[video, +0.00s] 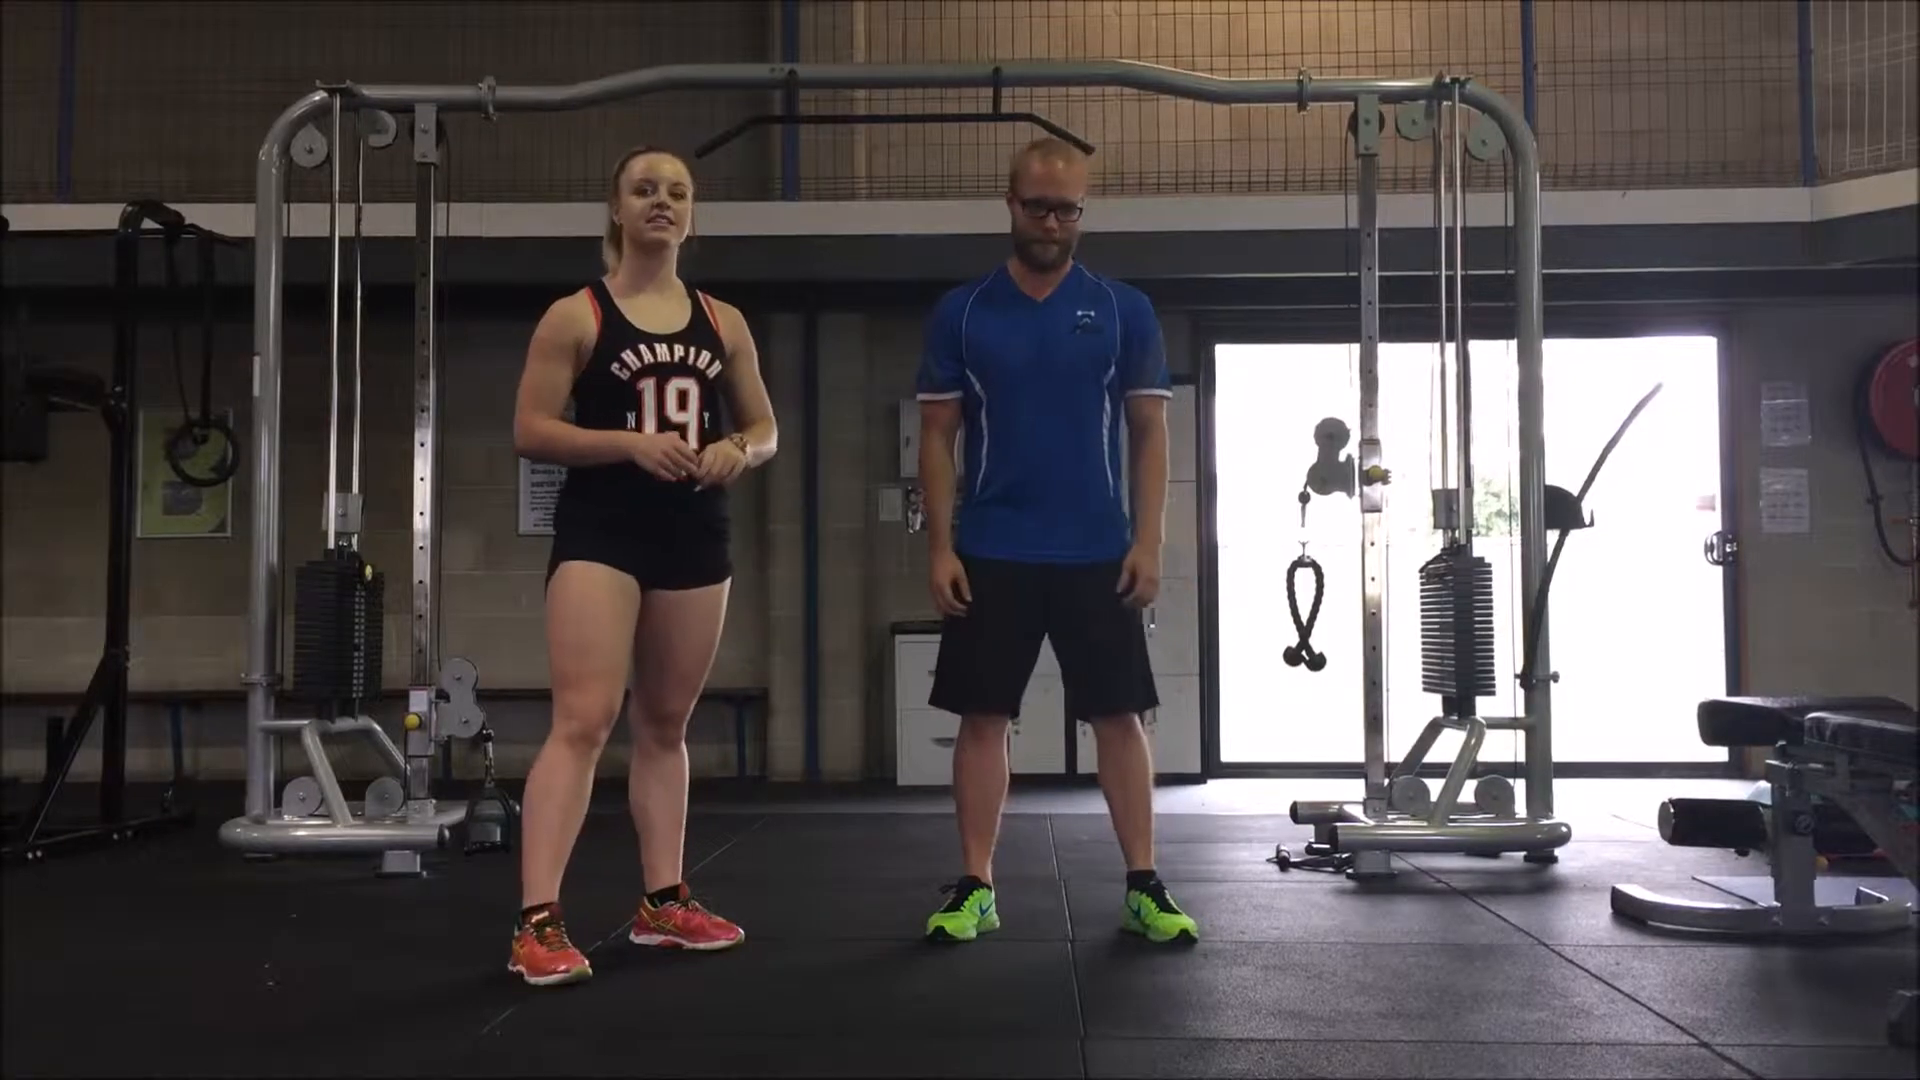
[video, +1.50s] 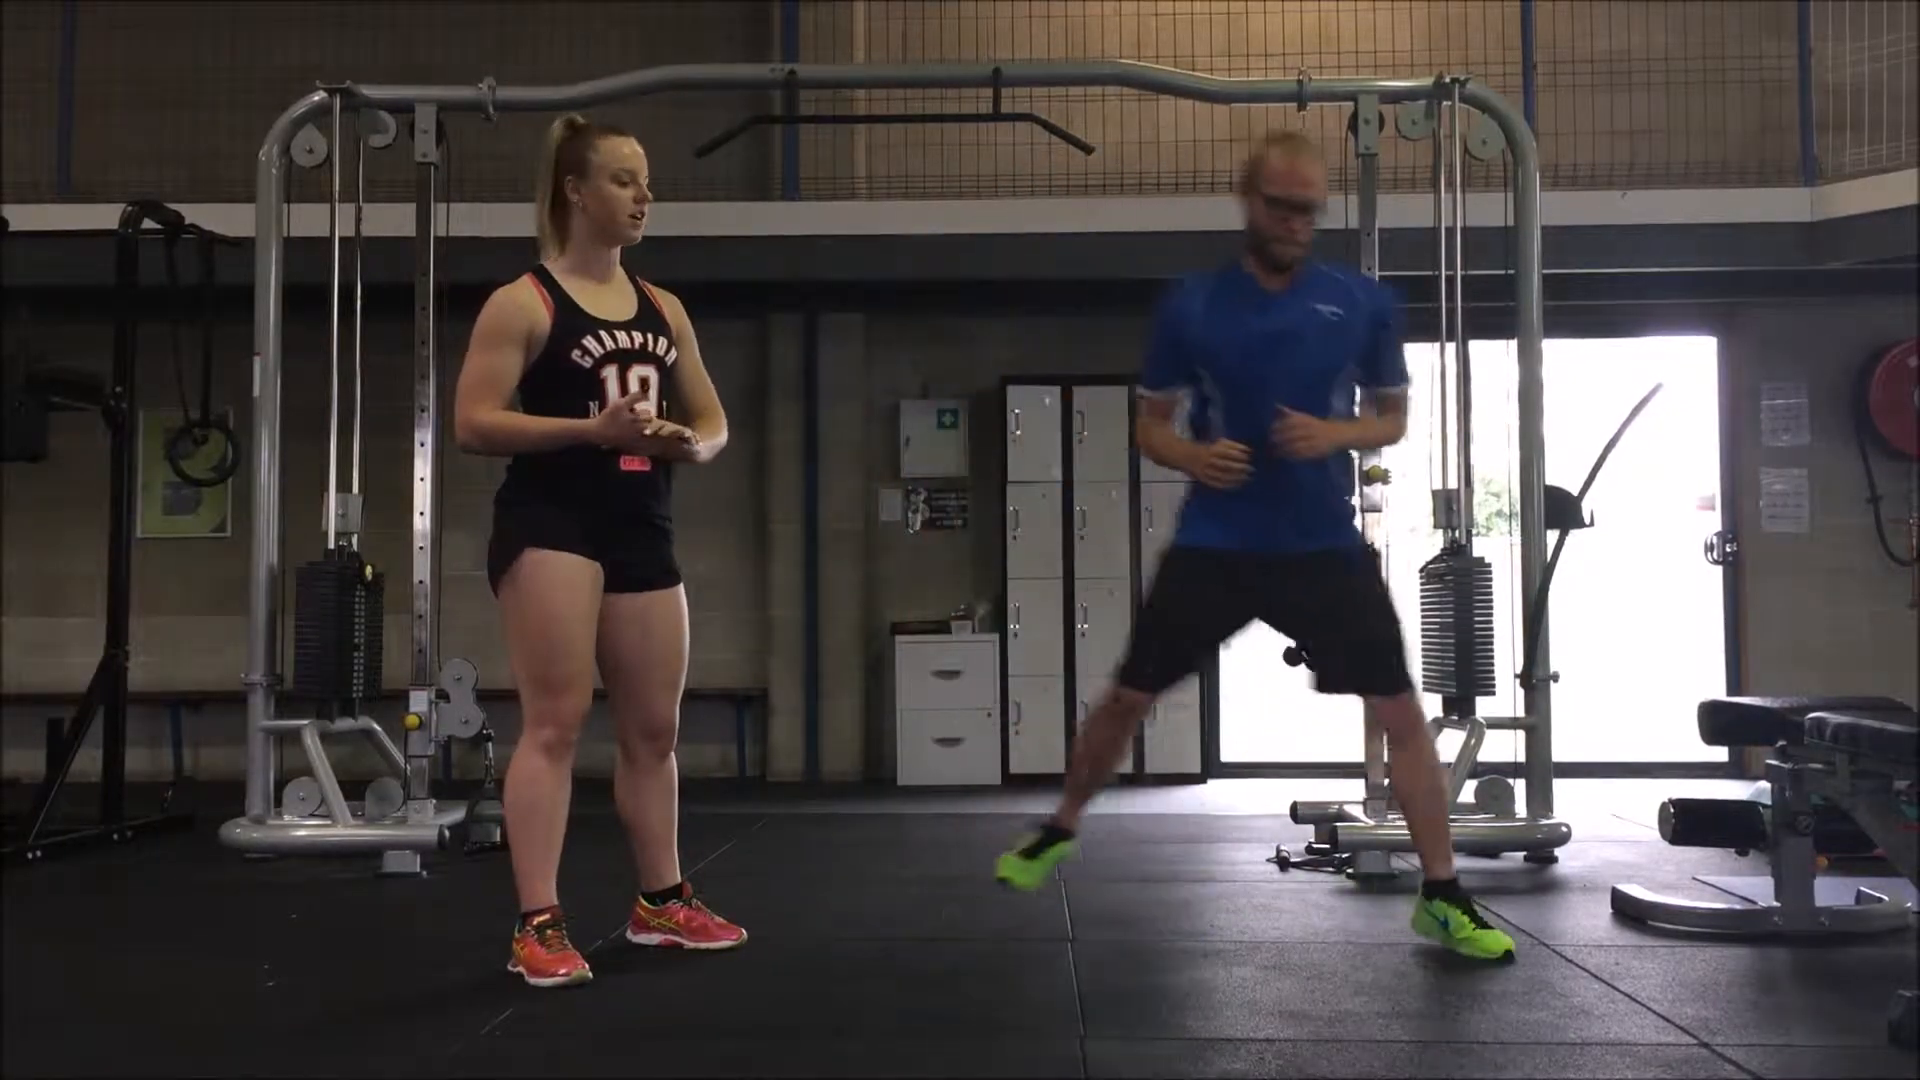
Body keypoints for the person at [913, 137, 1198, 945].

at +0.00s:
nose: (1053, 222)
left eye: (1067, 209)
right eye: (1038, 207)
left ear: (1085, 209)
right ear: (1009, 205)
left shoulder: (1124, 310)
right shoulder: (960, 313)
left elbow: (1149, 431)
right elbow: (936, 433)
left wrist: (1148, 542)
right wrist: (940, 545)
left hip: (1095, 554)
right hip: (994, 555)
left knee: (1120, 716)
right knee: (982, 718)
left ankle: (1144, 885)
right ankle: (976, 885)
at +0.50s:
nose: (998, 222)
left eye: (1013, 209)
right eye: (984, 207)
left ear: (1033, 211)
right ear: (958, 204)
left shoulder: (1070, 308)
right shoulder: (905, 309)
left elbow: (1095, 424)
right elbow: (873, 427)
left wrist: (1095, 532)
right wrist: (864, 546)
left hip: (1042, 547)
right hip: (944, 551)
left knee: (1059, 699)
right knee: (955, 717)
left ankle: (1050, 844)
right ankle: (972, 884)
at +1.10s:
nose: (1032, 271)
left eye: (1046, 258)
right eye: (1017, 256)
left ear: (1064, 264)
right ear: (987, 258)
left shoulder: (1110, 357)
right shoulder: (945, 372)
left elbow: (1148, 467)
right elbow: (920, 494)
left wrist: (1123, 552)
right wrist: (942, 591)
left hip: (1091, 590)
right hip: (991, 593)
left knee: (1106, 735)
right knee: (974, 742)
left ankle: (1080, 862)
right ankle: (974, 891)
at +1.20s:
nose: (1076, 265)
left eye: (1090, 253)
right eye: (1061, 249)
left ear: (1107, 260)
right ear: (1030, 251)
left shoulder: (1147, 354)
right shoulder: (985, 365)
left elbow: (1187, 463)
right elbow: (961, 483)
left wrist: (1150, 513)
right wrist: (1001, 552)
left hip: (1125, 583)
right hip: (1025, 584)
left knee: (1179, 720)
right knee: (987, 741)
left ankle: (1180, 864)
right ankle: (976, 890)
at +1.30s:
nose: (1142, 229)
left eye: (1156, 216)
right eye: (1127, 213)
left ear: (1171, 221)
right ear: (1095, 212)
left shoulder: (1210, 316)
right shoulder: (1046, 324)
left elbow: (1247, 429)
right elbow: (1013, 438)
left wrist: (1204, 451)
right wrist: (1064, 486)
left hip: (1181, 554)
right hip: (1075, 557)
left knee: (1260, 685)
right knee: (1018, 716)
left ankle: (1298, 851)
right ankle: (975, 880)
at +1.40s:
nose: (1220, 208)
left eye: (1233, 194)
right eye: (1205, 191)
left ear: (1248, 197)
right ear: (1172, 187)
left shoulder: (1284, 283)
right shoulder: (1115, 290)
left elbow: (1320, 404)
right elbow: (1081, 407)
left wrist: (1269, 418)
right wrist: (1129, 446)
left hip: (1249, 529)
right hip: (1141, 530)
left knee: (1333, 681)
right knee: (1068, 686)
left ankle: (1405, 856)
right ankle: (998, 846)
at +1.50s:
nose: (1294, 221)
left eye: (1308, 208)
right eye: (1279, 205)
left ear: (1325, 209)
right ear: (1245, 201)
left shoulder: (1364, 304)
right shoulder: (1193, 304)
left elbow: (1391, 419)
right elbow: (1148, 424)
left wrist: (1336, 432)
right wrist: (1192, 455)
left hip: (1325, 551)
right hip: (1215, 547)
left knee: (1401, 711)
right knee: (1130, 694)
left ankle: (1441, 891)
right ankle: (1061, 827)